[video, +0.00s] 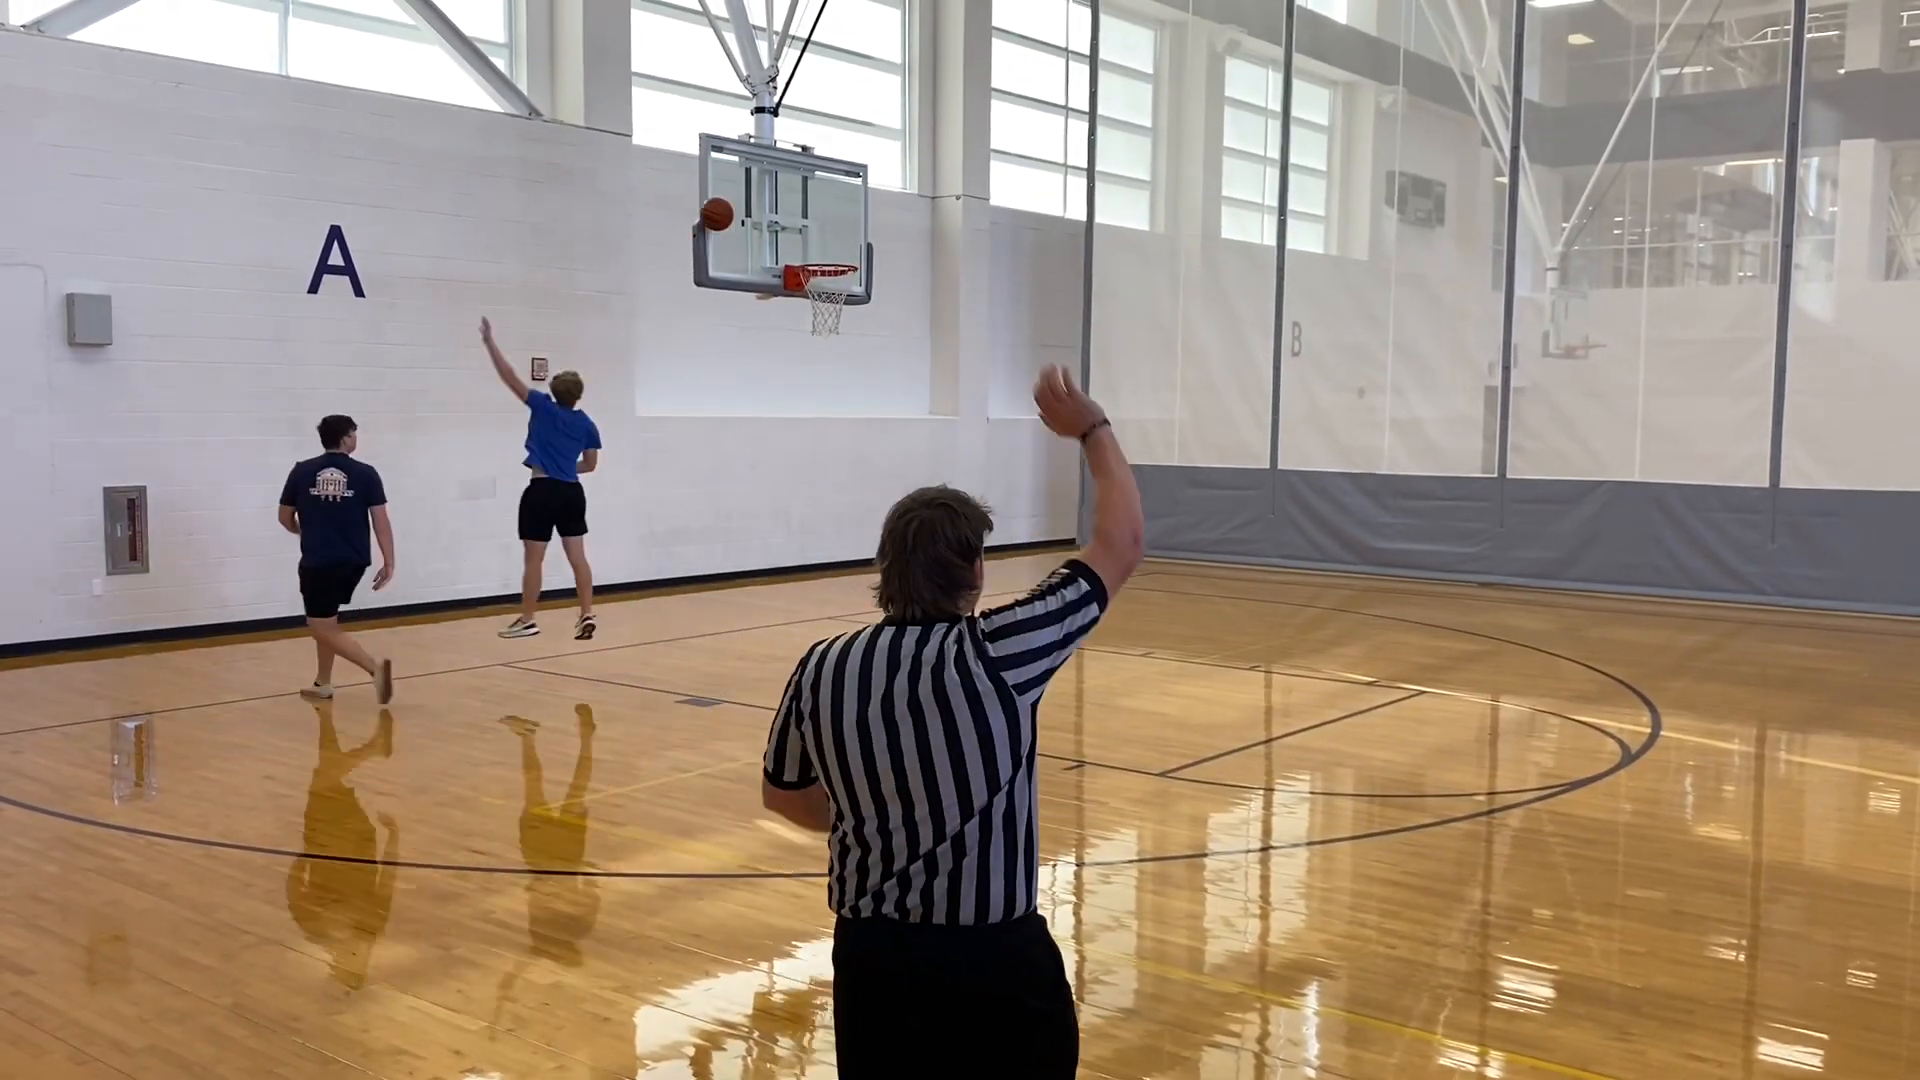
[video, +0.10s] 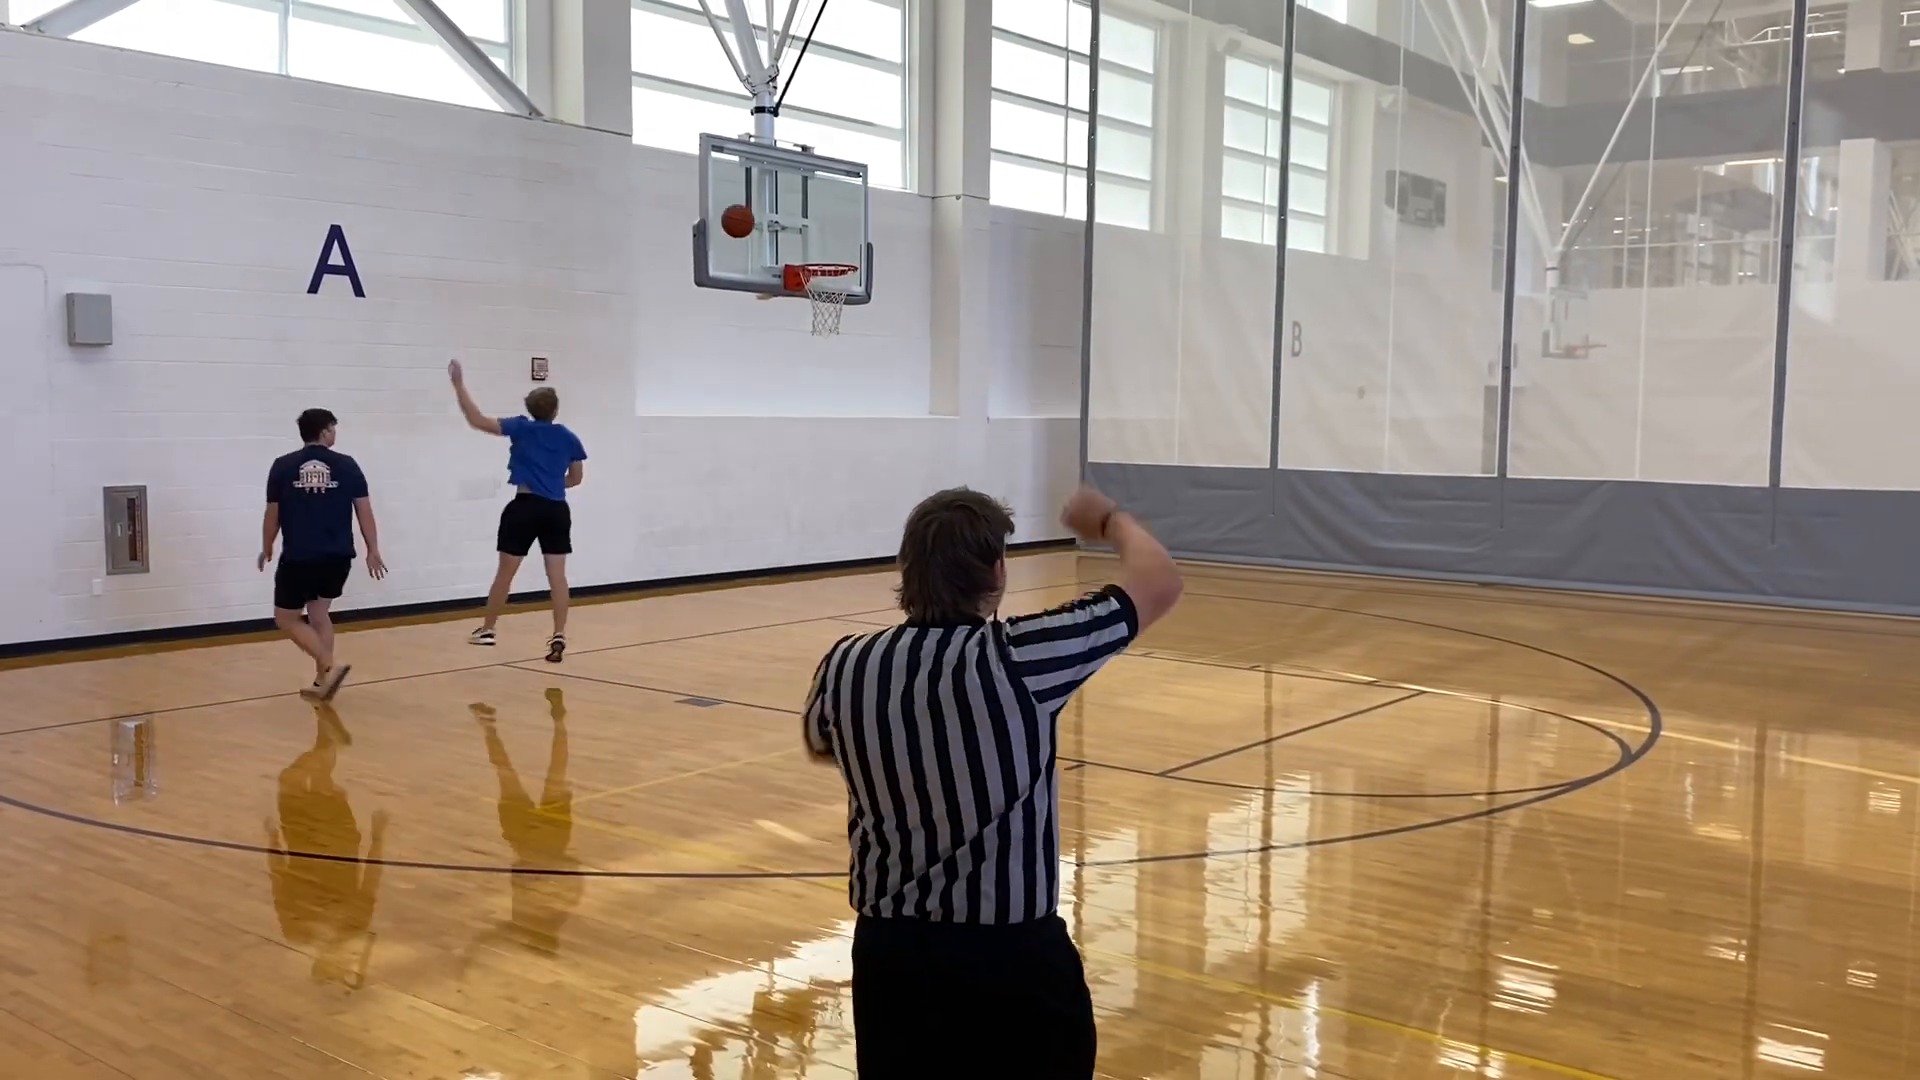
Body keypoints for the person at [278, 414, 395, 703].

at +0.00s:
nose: (357, 439)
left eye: (355, 434)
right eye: (354, 435)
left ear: (325, 440)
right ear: (346, 439)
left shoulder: (302, 470)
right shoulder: (365, 473)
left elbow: (285, 517)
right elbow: (380, 522)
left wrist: (307, 534)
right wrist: (389, 562)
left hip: (316, 559)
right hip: (353, 559)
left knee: (321, 628)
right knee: (326, 620)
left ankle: (375, 667)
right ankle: (323, 683)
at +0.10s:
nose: (335, 434)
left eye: (334, 429)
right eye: (333, 430)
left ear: (305, 434)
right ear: (325, 432)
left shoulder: (283, 465)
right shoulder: (345, 464)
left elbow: (273, 513)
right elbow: (364, 510)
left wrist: (267, 547)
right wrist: (373, 550)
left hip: (298, 556)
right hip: (337, 555)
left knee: (286, 618)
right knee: (319, 611)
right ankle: (322, 680)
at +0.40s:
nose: (241, 431)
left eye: (240, 427)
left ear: (240, 429)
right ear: (266, 426)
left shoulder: (225, 462)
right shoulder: (287, 457)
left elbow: (209, 507)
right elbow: (318, 492)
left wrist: (189, 544)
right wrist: (301, 488)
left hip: (237, 554)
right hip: (280, 551)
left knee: (228, 615)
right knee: (288, 609)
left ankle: (222, 680)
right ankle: (317, 674)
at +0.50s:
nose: (215, 436)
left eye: (214, 431)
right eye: (214, 432)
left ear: (221, 430)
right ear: (243, 429)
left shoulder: (208, 464)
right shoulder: (268, 459)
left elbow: (192, 513)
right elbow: (295, 499)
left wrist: (168, 547)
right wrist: (272, 485)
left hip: (217, 552)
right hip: (257, 550)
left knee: (215, 614)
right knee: (255, 605)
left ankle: (221, 680)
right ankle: (298, 659)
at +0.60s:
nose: (193, 435)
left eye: (194, 429)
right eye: (193, 430)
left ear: (203, 428)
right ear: (222, 427)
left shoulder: (194, 463)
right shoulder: (251, 457)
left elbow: (181, 514)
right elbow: (273, 501)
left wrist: (152, 543)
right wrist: (265, 518)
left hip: (205, 548)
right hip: (239, 546)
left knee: (209, 611)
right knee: (220, 601)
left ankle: (221, 680)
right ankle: (263, 647)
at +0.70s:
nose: (176, 433)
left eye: (177, 428)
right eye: (175, 428)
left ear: (188, 426)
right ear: (204, 426)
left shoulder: (181, 459)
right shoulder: (235, 455)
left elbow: (169, 508)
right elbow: (254, 501)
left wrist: (142, 530)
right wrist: (241, 530)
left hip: (191, 545)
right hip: (221, 544)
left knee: (204, 610)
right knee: (182, 598)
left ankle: (219, 678)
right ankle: (220, 657)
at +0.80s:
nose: (159, 432)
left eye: (161, 426)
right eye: (159, 426)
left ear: (174, 425)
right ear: (187, 425)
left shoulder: (167, 460)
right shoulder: (218, 455)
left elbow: (157, 508)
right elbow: (233, 502)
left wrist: (127, 524)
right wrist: (220, 535)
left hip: (178, 546)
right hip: (204, 543)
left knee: (200, 610)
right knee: (161, 598)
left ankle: (221, 679)